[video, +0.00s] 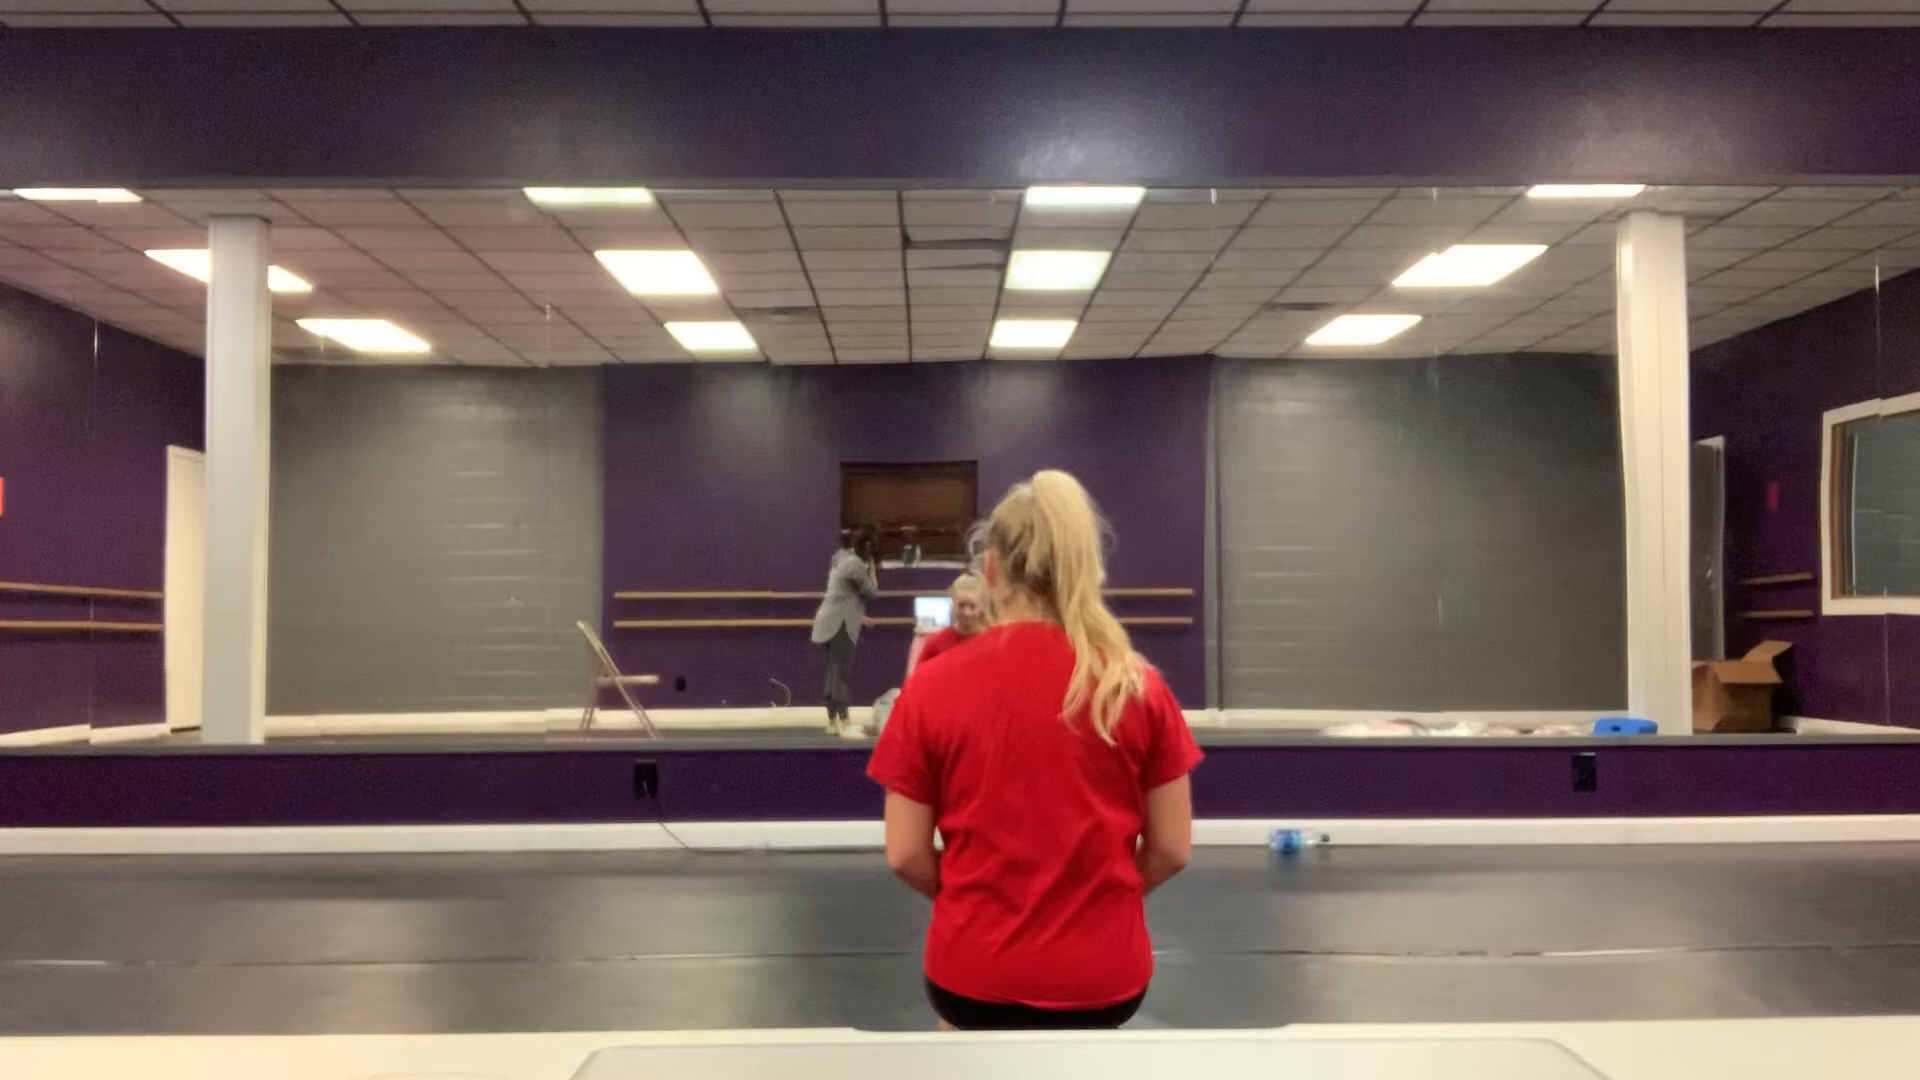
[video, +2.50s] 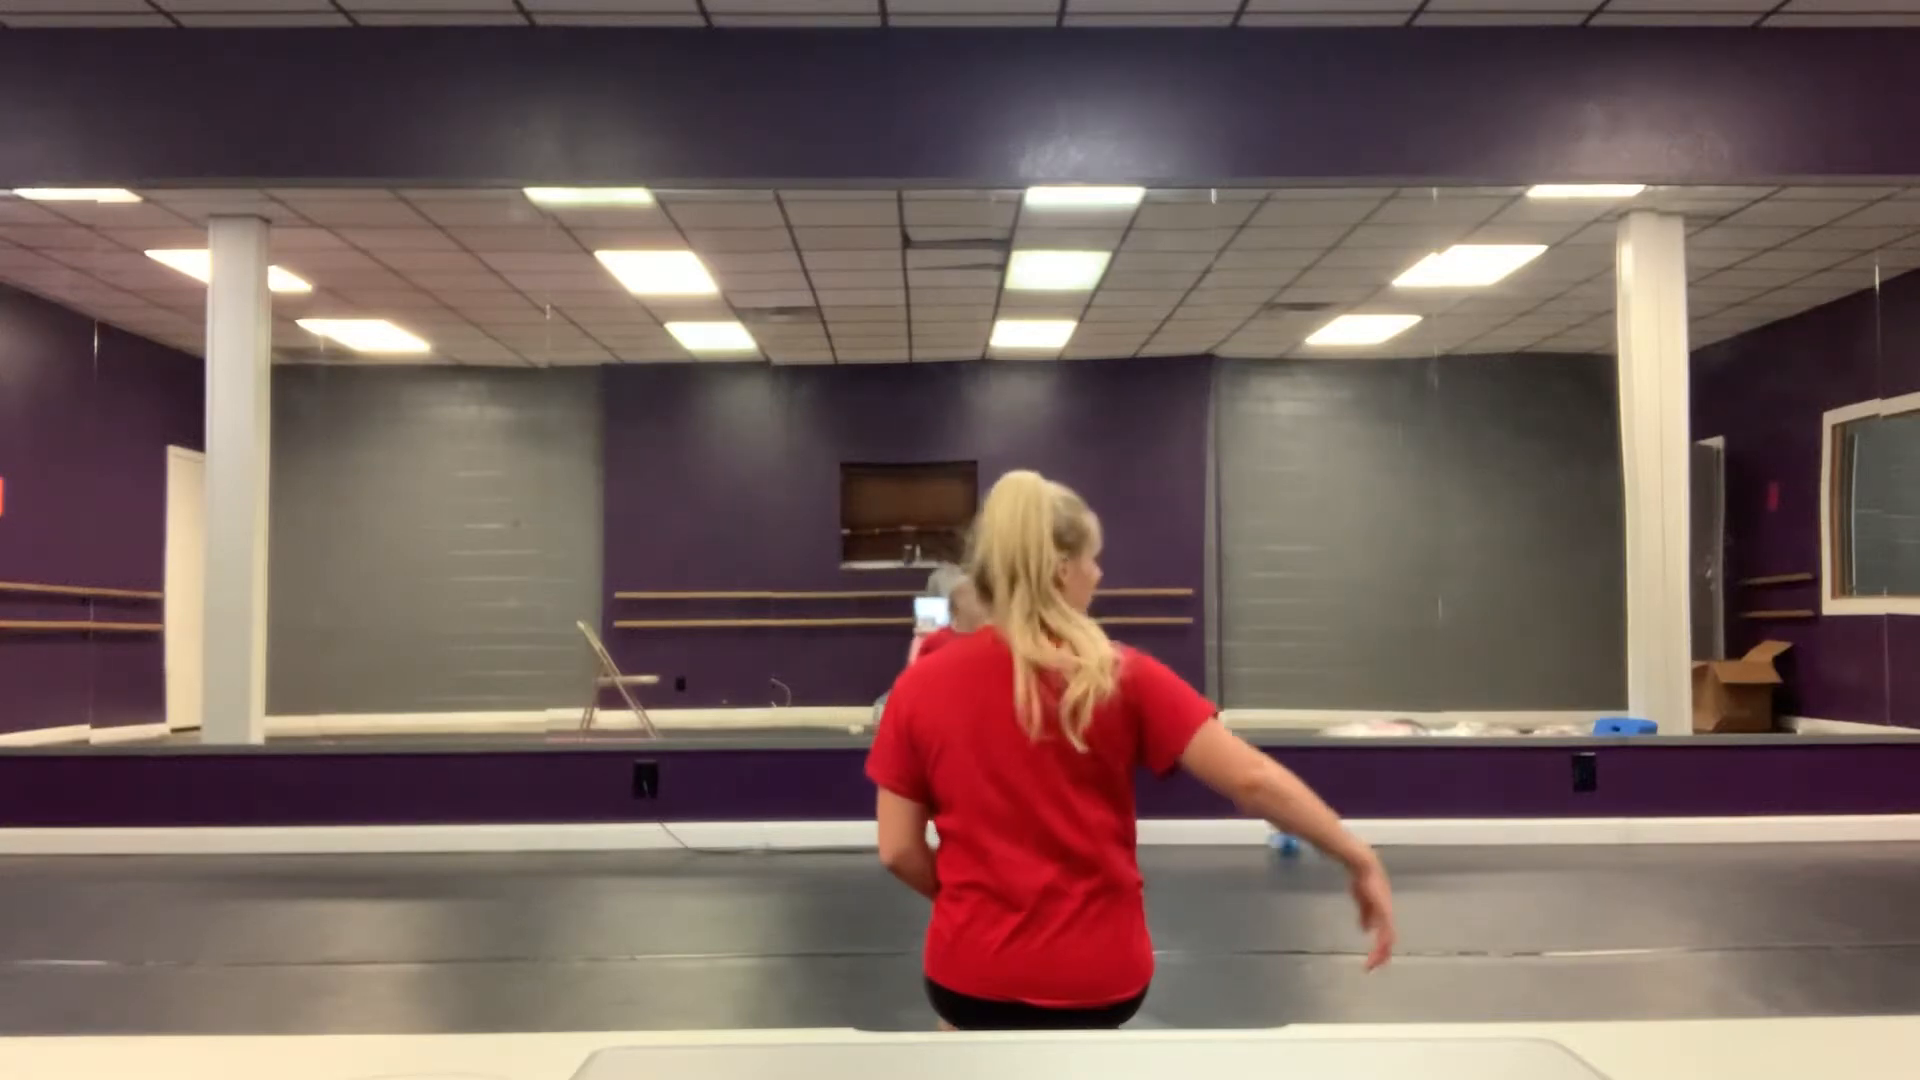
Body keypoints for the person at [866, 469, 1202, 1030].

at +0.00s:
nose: (980, 567)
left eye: (983, 555)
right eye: (982, 555)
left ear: (994, 566)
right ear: (1083, 567)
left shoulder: (937, 681)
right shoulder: (1137, 684)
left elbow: (905, 853)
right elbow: (1170, 849)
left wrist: (967, 895)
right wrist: (1102, 893)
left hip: (974, 982)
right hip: (1104, 984)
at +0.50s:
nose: (980, 568)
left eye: (982, 555)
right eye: (981, 555)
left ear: (994, 566)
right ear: (1083, 567)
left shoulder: (937, 682)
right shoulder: (1136, 684)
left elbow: (906, 853)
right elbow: (1170, 850)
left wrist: (968, 895)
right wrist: (1101, 893)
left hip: (974, 982)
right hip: (1104, 984)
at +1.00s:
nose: (980, 567)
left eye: (983, 555)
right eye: (982, 555)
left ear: (994, 566)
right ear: (1083, 567)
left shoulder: (937, 682)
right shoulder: (1136, 685)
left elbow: (906, 853)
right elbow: (1170, 850)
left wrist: (968, 895)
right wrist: (1101, 892)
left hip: (974, 982)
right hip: (1104, 984)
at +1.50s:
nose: (980, 566)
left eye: (983, 552)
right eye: (982, 552)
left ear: (996, 566)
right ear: (1082, 567)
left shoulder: (937, 682)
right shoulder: (1136, 685)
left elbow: (906, 853)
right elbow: (1169, 850)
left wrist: (969, 895)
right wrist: (1101, 893)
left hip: (973, 982)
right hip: (1104, 984)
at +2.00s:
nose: (980, 566)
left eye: (983, 553)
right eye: (982, 553)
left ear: (996, 567)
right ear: (1083, 568)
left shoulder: (937, 682)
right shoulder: (1136, 685)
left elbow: (906, 853)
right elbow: (1169, 851)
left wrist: (969, 895)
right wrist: (1102, 895)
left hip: (973, 982)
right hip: (1104, 984)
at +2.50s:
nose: (1099, 575)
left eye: (1097, 559)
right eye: (1093, 559)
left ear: (993, 565)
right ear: (1062, 568)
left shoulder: (924, 683)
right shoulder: (1121, 675)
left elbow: (897, 850)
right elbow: (1249, 777)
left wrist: (966, 893)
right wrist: (1359, 858)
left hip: (971, 976)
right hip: (1103, 978)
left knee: (960, 1034)